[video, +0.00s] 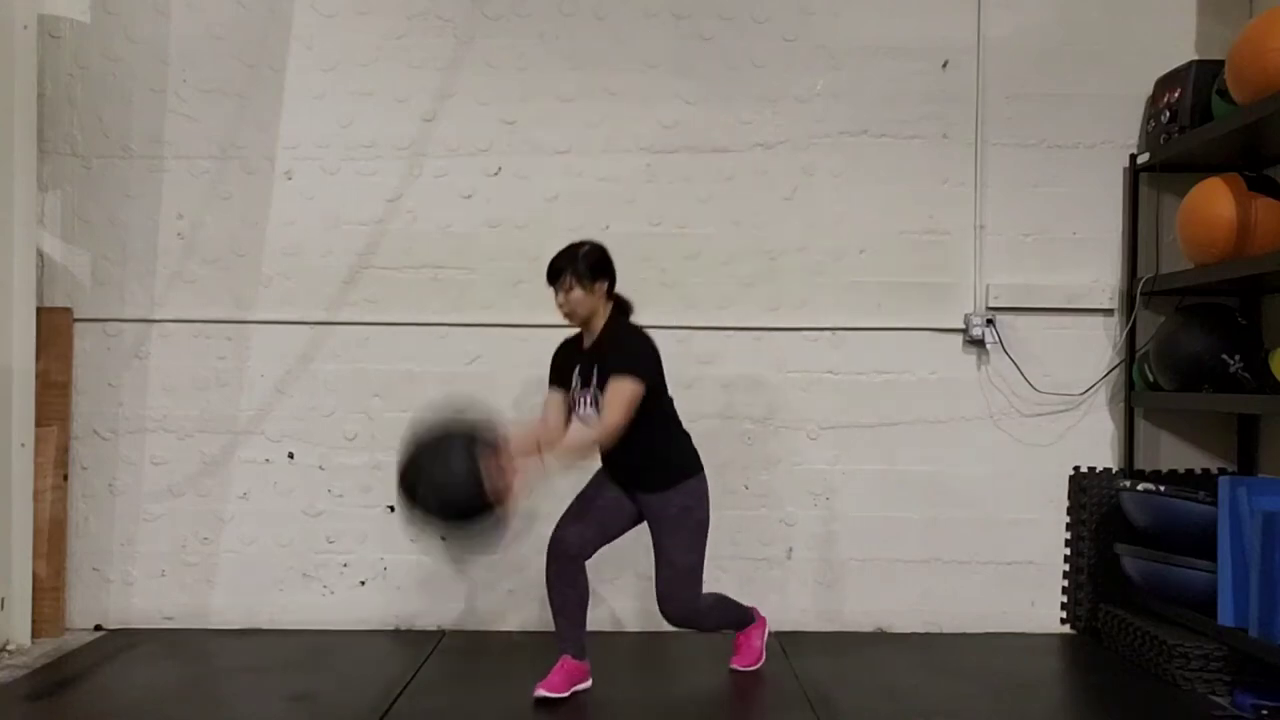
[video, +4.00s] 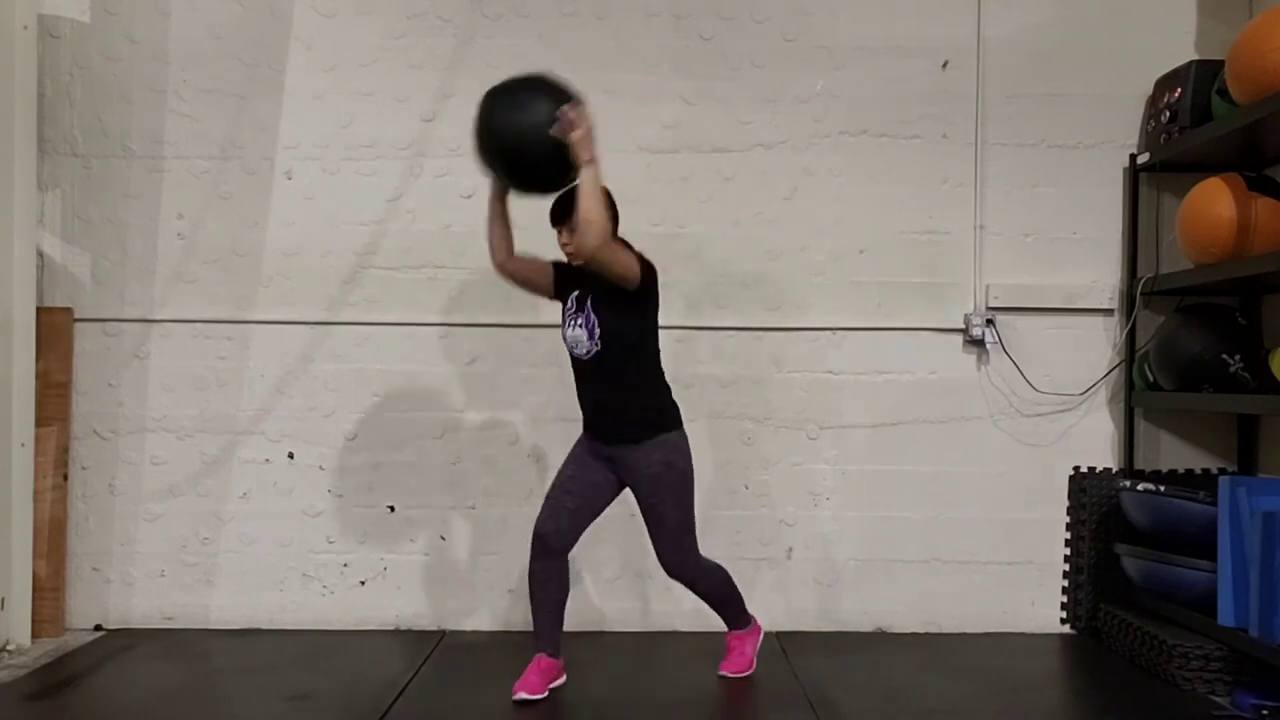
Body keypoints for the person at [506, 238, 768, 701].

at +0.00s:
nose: (562, 300)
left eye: (571, 289)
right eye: (557, 290)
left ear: (602, 288)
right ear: (557, 293)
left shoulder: (633, 348)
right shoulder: (569, 354)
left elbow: (607, 429)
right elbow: (551, 429)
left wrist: (541, 459)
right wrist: (507, 451)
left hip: (675, 486)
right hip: (622, 482)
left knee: (679, 606)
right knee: (564, 549)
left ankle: (750, 622)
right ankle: (574, 661)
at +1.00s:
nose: (548, 245)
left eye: (559, 232)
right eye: (538, 237)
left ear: (584, 235)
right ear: (532, 245)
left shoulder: (615, 286)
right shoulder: (534, 309)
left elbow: (583, 318)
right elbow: (501, 381)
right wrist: (440, 339)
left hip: (641, 445)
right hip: (577, 449)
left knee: (689, 554)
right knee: (548, 552)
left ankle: (722, 621)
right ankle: (574, 661)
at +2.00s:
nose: (702, 254)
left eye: (701, 245)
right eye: (700, 245)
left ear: (653, 239)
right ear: (687, 242)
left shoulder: (620, 286)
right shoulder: (685, 287)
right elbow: (759, 294)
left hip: (595, 446)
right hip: (632, 451)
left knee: (678, 532)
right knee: (626, 582)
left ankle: (673, 650)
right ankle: (522, 660)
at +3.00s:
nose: (697, 242)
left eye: (697, 234)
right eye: (695, 233)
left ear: (653, 233)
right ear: (674, 230)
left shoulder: (640, 282)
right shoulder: (678, 278)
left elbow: (685, 360)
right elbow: (749, 325)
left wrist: (726, 301)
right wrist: (774, 290)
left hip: (626, 433)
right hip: (638, 435)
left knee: (691, 535)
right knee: (631, 561)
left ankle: (671, 650)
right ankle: (529, 651)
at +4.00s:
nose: (562, 237)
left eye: (570, 227)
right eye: (557, 229)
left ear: (599, 226)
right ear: (558, 235)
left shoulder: (634, 276)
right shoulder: (568, 281)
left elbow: (594, 242)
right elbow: (506, 260)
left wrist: (585, 157)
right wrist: (499, 188)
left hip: (655, 446)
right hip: (599, 446)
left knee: (680, 560)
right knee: (548, 540)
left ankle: (743, 627)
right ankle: (548, 657)